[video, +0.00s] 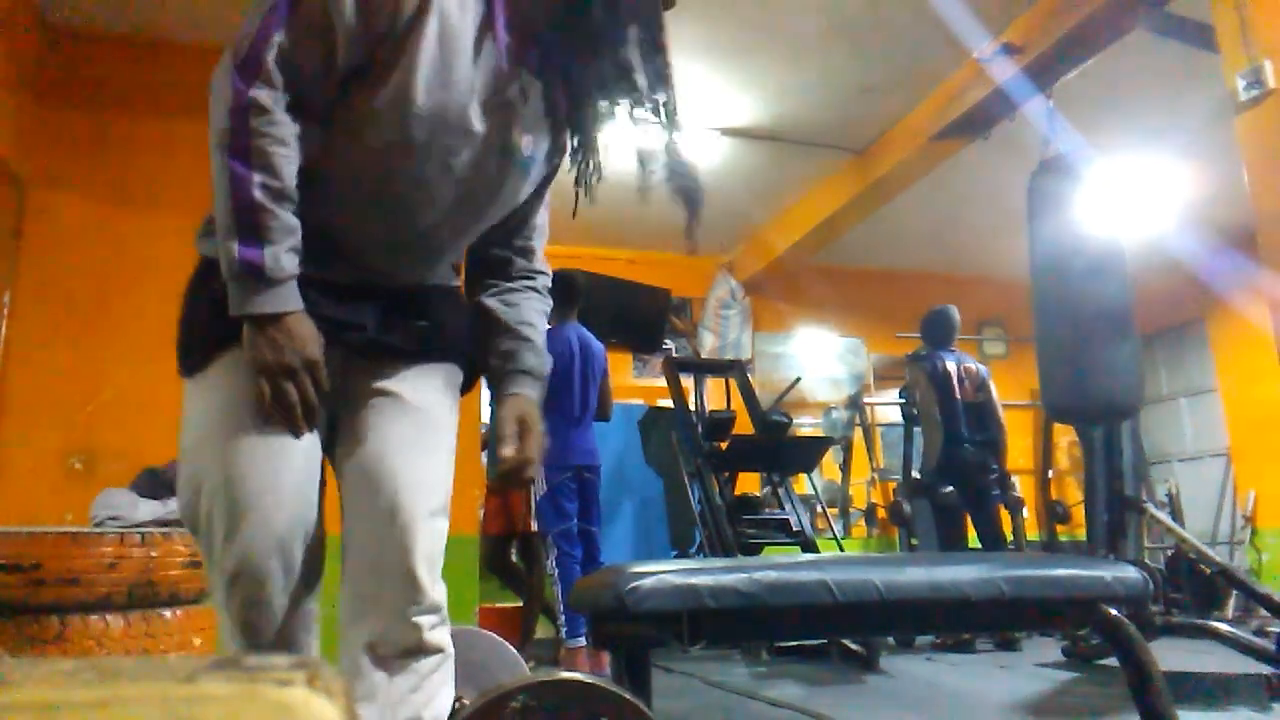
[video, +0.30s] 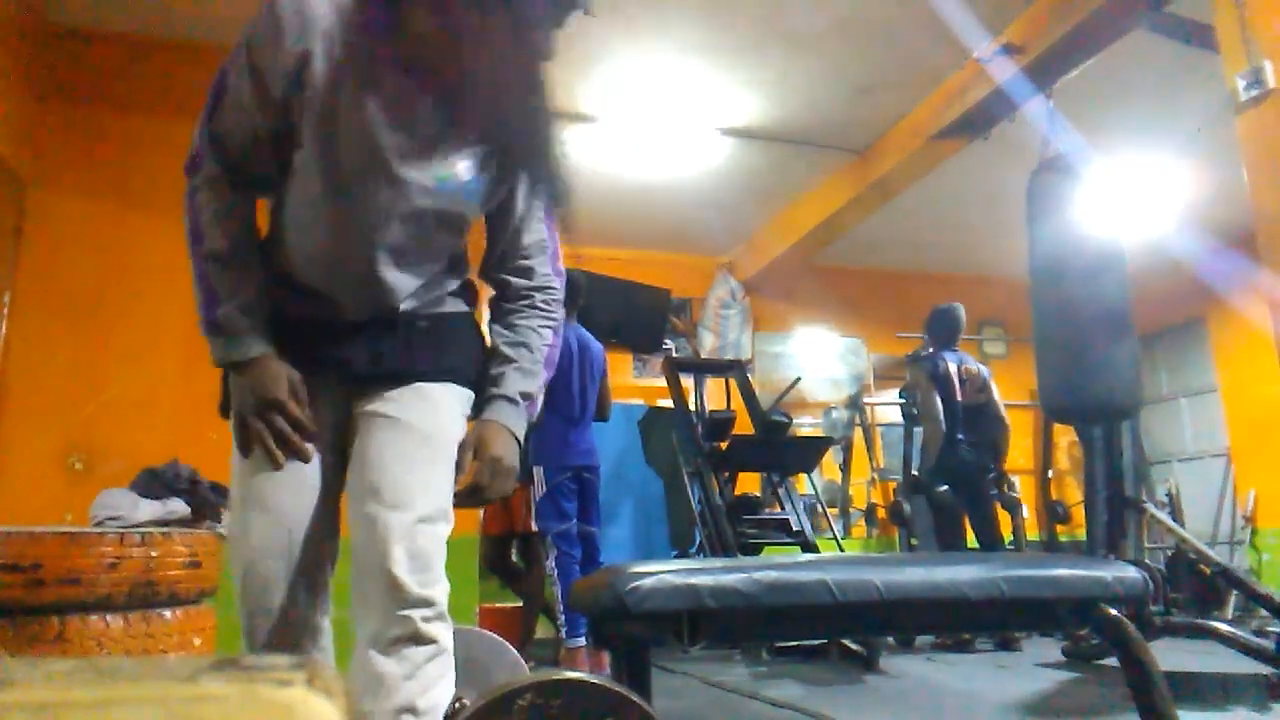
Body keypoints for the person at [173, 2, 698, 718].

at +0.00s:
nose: (599, 90)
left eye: (615, 77)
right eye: (599, 66)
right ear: (574, 12)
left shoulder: (543, 108)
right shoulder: (407, 8)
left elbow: (513, 259)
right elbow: (252, 86)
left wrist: (521, 383)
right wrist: (270, 302)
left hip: (410, 313)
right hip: (268, 289)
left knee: (407, 590)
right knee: (260, 568)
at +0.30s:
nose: (537, 62)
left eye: (545, 45)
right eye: (527, 39)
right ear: (458, 14)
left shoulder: (507, 99)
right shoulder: (301, 26)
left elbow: (531, 283)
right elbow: (218, 176)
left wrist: (507, 411)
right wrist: (243, 348)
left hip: (425, 329)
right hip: (293, 320)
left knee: (405, 581)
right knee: (267, 582)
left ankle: (406, 718)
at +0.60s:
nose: (454, 98)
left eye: (466, 73)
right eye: (431, 74)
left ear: (477, 59)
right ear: (369, 61)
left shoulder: (488, 138)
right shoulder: (270, 109)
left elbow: (572, 299)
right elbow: (252, 252)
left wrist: (565, 454)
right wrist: (293, 384)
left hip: (470, 344)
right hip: (357, 344)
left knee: (433, 562)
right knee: (318, 566)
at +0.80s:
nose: (399, 189)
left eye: (412, 161)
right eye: (371, 171)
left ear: (431, 134)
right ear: (322, 158)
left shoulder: (492, 192)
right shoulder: (289, 192)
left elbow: (599, 344)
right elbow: (302, 314)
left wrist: (629, 520)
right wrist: (337, 415)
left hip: (517, 364)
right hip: (408, 369)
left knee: (468, 539)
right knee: (356, 556)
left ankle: (466, 717)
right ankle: (357, 719)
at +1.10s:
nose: (384, 241)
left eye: (398, 218)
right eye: (366, 224)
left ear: (432, 197)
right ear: (344, 221)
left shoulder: (522, 258)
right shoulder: (362, 278)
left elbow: (627, 389)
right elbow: (369, 368)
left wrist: (667, 548)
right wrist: (389, 454)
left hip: (576, 416)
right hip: (483, 418)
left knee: (474, 529)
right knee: (396, 524)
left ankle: (466, 711)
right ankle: (399, 708)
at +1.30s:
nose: (448, 242)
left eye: (465, 218)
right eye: (431, 227)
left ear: (502, 213)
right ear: (417, 235)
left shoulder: (582, 280)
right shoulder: (450, 306)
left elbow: (668, 413)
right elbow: (442, 396)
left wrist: (675, 563)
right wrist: (434, 474)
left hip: (632, 464)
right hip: (534, 470)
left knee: (472, 537)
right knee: (411, 531)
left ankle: (449, 713)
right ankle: (404, 707)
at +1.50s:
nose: (553, 229)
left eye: (569, 211)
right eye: (537, 217)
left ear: (600, 216)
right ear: (521, 231)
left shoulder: (658, 298)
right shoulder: (540, 317)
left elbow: (729, 437)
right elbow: (541, 449)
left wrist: (681, 577)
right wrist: (497, 490)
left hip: (666, 485)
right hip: (581, 487)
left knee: (483, 542)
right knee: (445, 535)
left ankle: (454, 712)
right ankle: (417, 708)